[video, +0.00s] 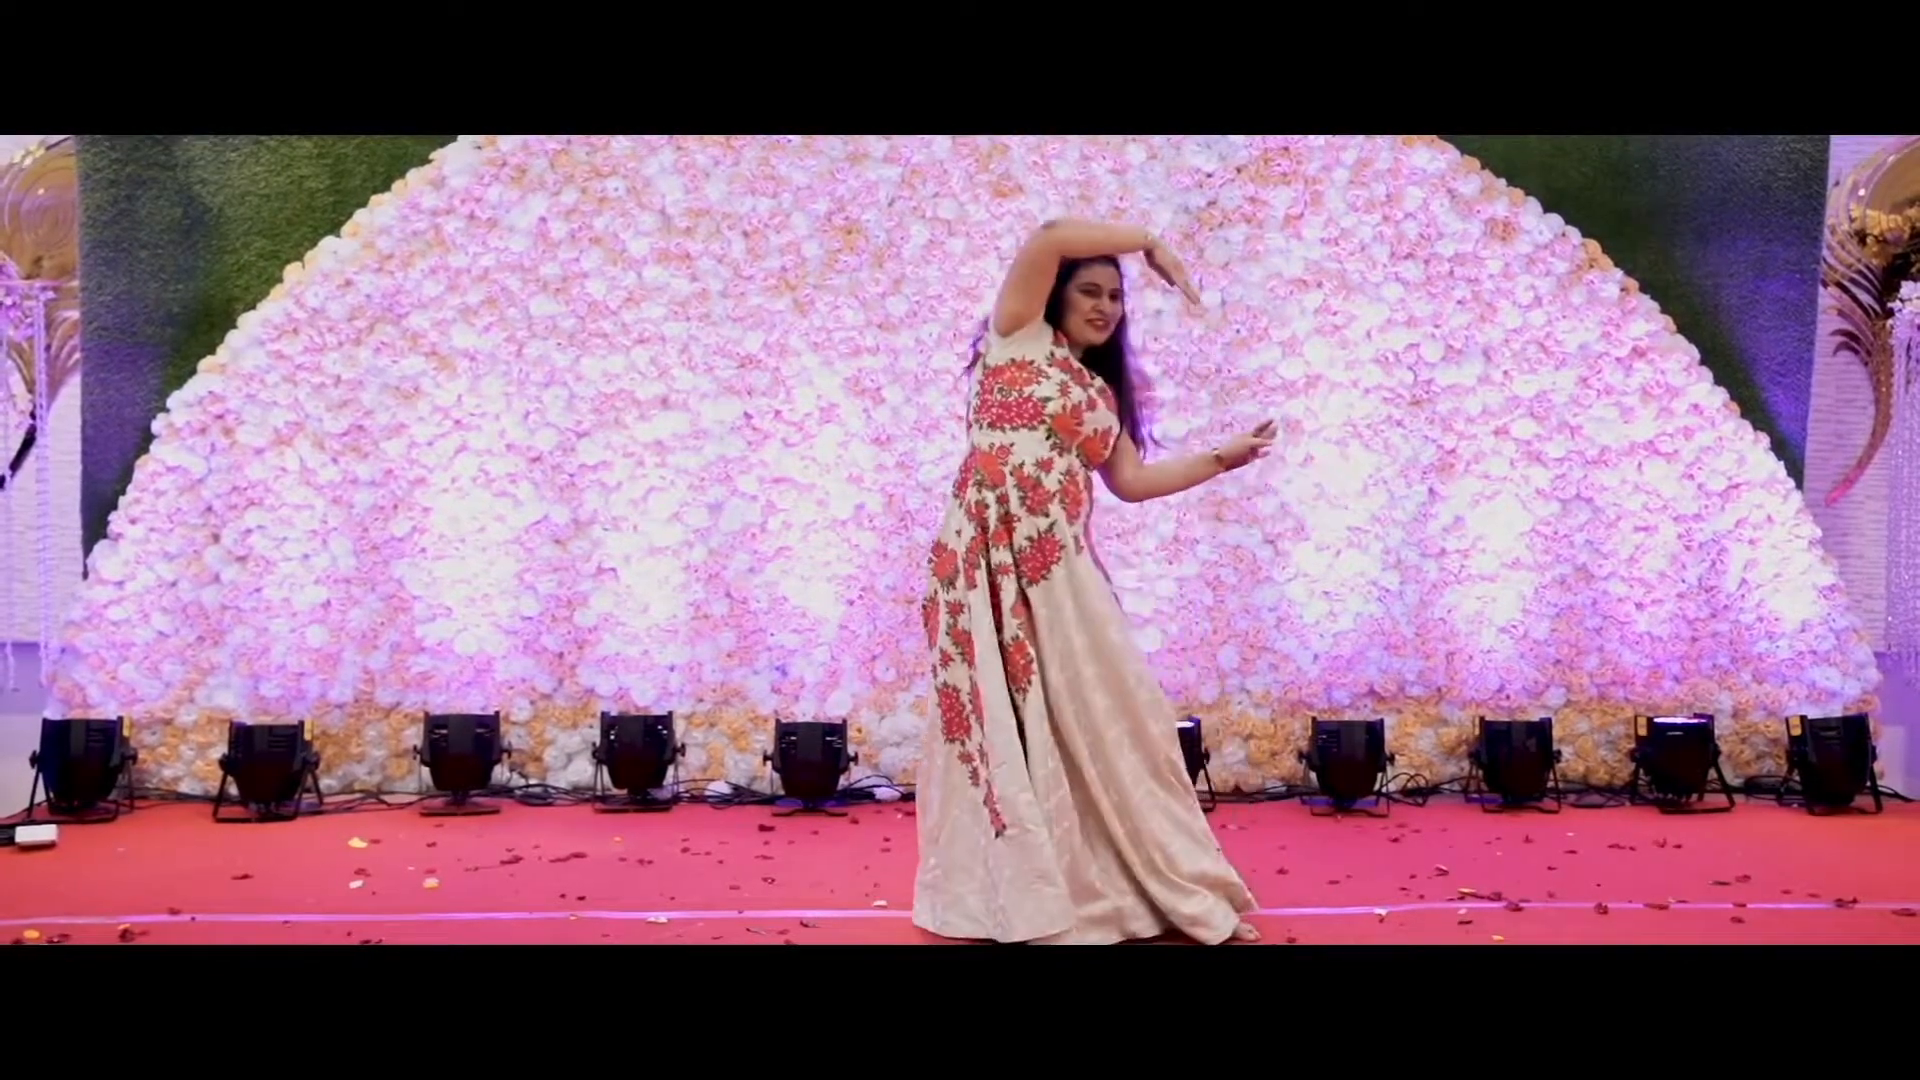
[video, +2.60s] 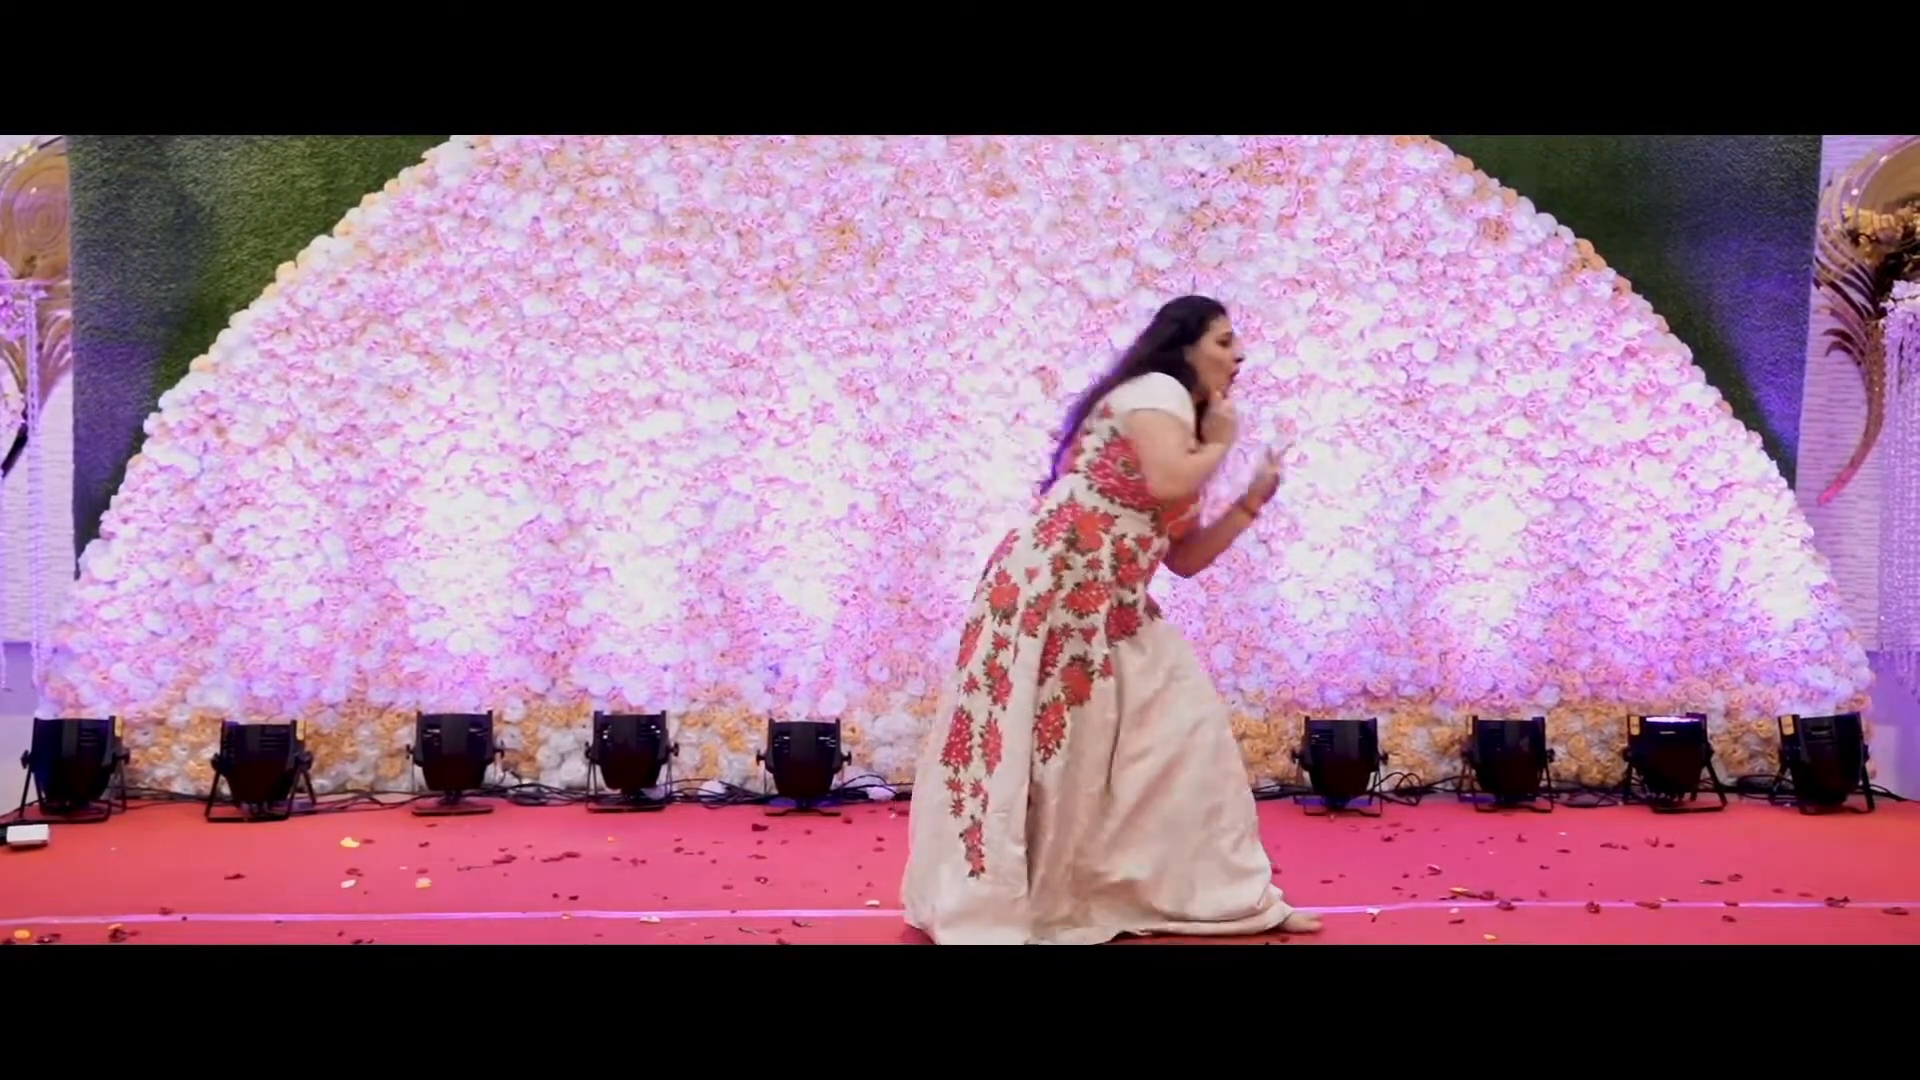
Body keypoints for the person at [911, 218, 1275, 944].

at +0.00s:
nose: (1102, 306)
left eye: (1113, 296)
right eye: (1088, 293)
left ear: (1122, 307)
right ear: (1057, 295)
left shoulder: (1099, 399)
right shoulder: (1016, 339)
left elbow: (1131, 481)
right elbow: (1052, 236)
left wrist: (1222, 456)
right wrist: (1145, 241)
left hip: (1057, 564)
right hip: (979, 556)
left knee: (1109, 717)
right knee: (996, 727)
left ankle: (1181, 892)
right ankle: (1013, 898)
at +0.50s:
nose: (1030, 304)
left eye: (1039, 292)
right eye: (1013, 291)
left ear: (1043, 309)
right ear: (980, 301)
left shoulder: (1061, 388)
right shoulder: (944, 374)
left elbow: (1112, 469)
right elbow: (1010, 336)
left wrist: (1202, 460)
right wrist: (1033, 259)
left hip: (1065, 570)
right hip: (983, 568)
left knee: (1109, 720)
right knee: (989, 726)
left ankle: (1135, 886)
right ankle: (979, 891)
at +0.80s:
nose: (1108, 323)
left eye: (1112, 312)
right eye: (1097, 305)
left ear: (1101, 319)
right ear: (1056, 298)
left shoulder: (1090, 390)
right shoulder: (1009, 364)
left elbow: (1134, 481)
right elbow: (1103, 402)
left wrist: (1210, 453)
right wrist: (1128, 325)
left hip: (1093, 579)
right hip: (1024, 577)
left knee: (1182, 711)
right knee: (1021, 730)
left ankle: (1158, 889)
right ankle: (978, 895)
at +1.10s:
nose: (1194, 370)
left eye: (1199, 359)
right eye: (1193, 354)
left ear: (1168, 345)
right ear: (1162, 334)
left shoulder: (1137, 410)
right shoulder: (1095, 355)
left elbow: (1149, 519)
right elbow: (1162, 422)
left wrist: (1225, 469)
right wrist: (1207, 386)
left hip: (1089, 581)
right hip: (1025, 574)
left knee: (1162, 717)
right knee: (1038, 728)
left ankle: (1148, 888)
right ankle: (1016, 895)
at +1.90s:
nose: (1120, 405)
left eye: (1127, 397)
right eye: (1122, 392)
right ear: (1095, 358)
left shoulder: (1070, 446)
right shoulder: (1013, 367)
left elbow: (1072, 543)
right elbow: (1081, 338)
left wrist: (1106, 472)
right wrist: (1114, 391)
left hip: (1013, 590)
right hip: (942, 574)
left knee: (1088, 730)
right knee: (963, 739)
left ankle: (1158, 888)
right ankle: (980, 898)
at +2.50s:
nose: (1194, 356)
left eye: (1196, 343)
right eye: (1186, 340)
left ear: (1158, 346)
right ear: (1146, 336)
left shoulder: (1144, 437)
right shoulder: (1083, 373)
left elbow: (1158, 537)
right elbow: (1095, 445)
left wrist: (1211, 464)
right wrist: (1149, 388)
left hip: (1090, 597)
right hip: (1027, 585)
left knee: (1137, 736)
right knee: (1022, 741)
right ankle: (1010, 892)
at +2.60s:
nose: (1236, 356)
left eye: (1235, 344)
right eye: (1224, 343)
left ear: (1203, 352)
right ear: (1185, 348)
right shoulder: (1156, 392)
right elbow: (1168, 483)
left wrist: (1248, 505)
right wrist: (1221, 441)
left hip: (1111, 602)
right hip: (1053, 591)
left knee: (1187, 726)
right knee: (1056, 743)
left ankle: (1211, 887)